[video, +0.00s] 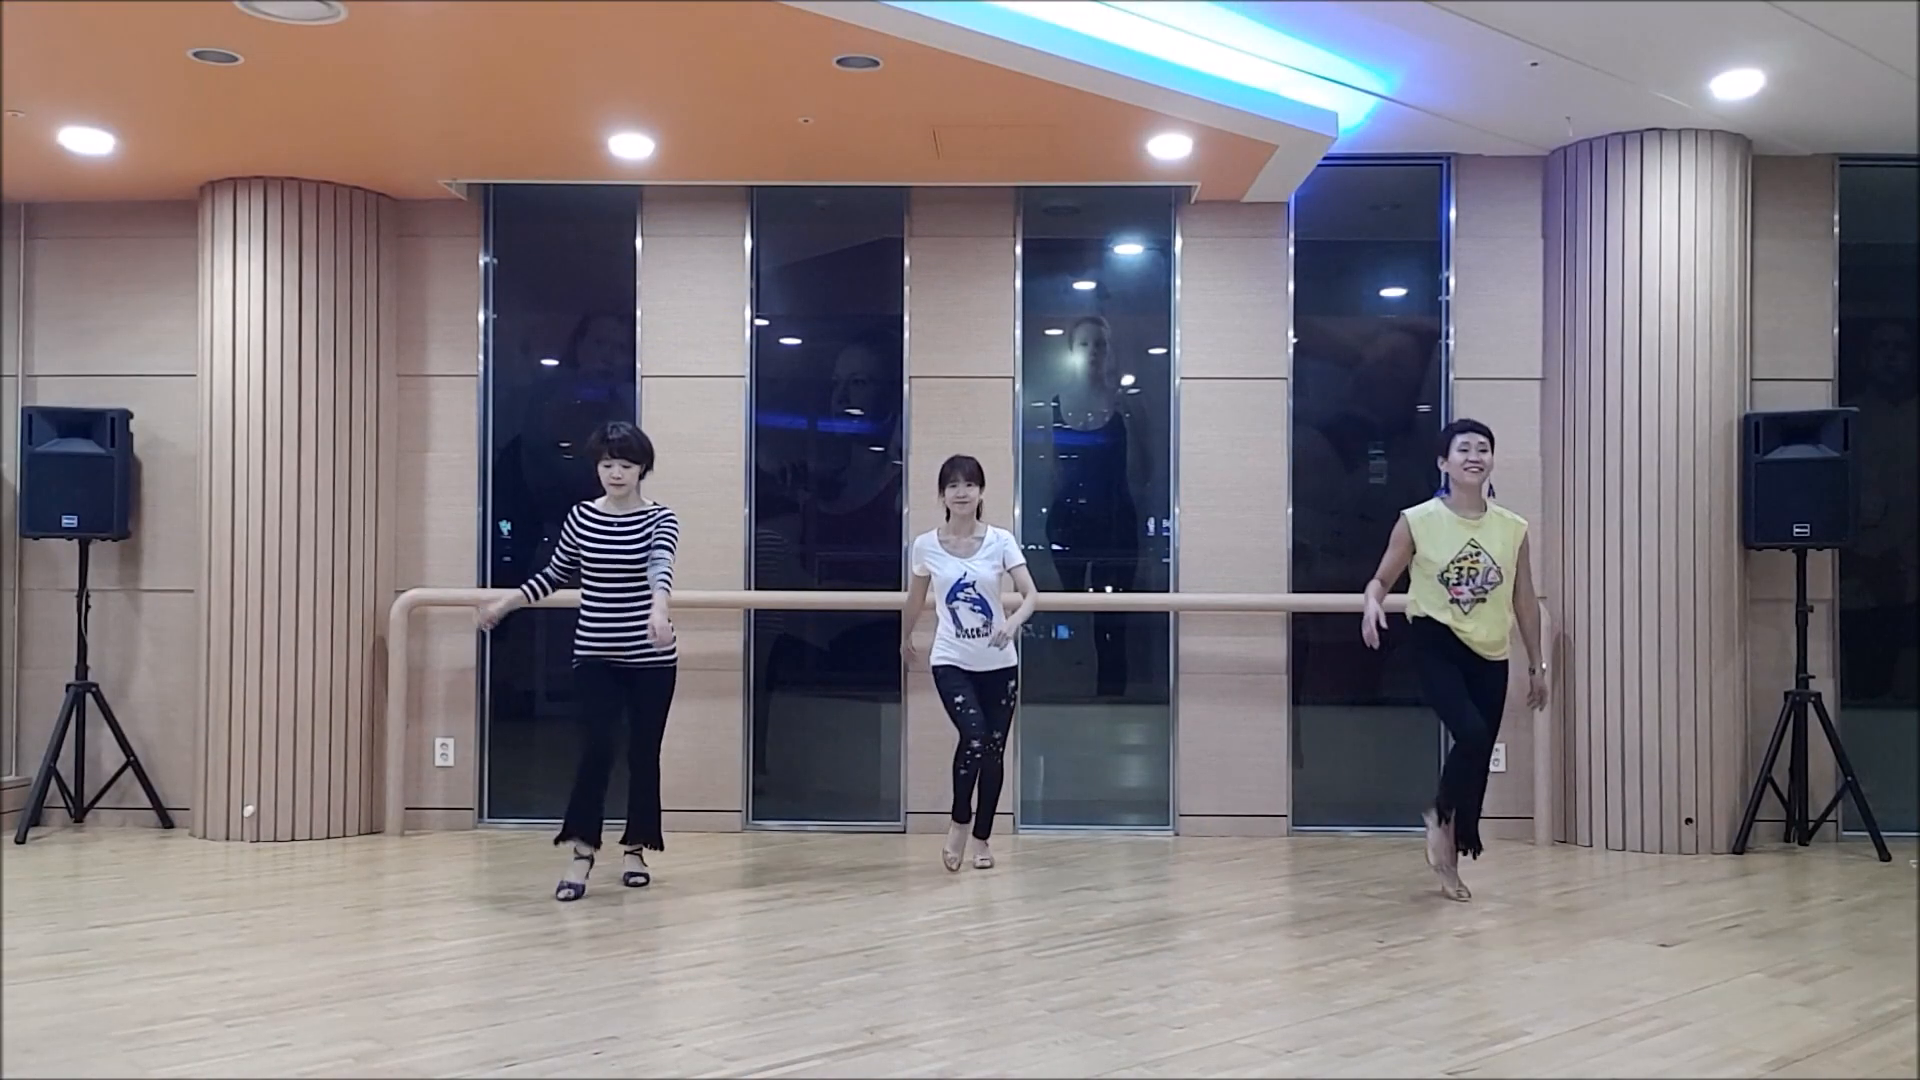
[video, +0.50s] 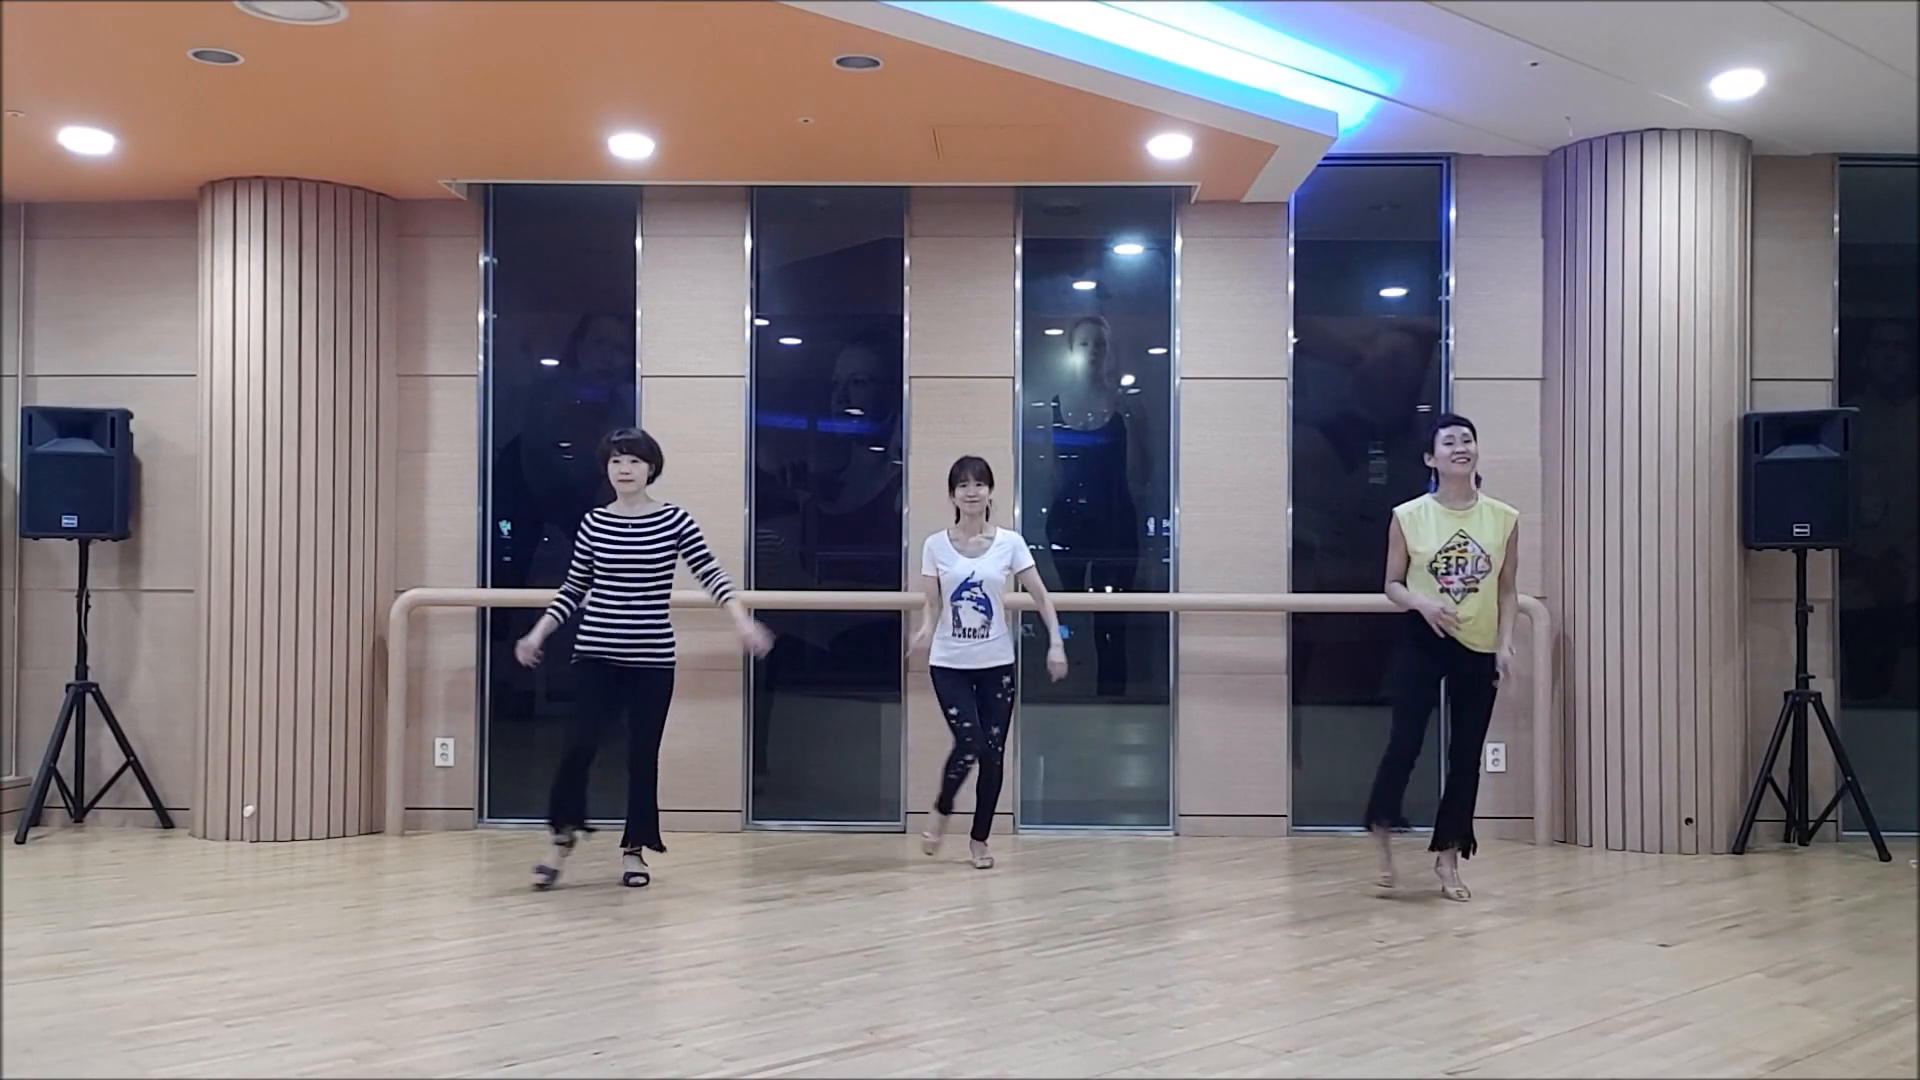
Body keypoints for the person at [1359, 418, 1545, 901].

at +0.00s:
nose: (1473, 456)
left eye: (1481, 450)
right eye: (1463, 450)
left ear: (1493, 462)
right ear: (1444, 462)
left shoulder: (1513, 528)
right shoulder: (1417, 521)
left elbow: (1524, 600)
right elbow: (1380, 583)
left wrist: (1537, 665)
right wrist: (1372, 603)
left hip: (1490, 650)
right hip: (1434, 643)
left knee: (1477, 752)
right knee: (1474, 736)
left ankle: (1451, 858)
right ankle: (1441, 818)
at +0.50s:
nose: (1461, 447)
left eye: (1466, 441)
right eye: (1450, 442)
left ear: (1478, 454)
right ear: (1432, 458)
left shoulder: (1503, 518)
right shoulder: (1409, 516)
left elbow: (1507, 589)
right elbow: (1392, 585)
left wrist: (1503, 645)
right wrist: (1423, 603)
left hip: (1478, 649)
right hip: (1423, 642)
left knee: (1466, 756)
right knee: (1406, 744)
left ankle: (1448, 856)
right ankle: (1381, 833)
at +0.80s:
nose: (1459, 450)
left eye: (1466, 442)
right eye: (1449, 444)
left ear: (1477, 452)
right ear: (1431, 455)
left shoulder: (1504, 514)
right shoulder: (1410, 515)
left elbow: (1512, 586)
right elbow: (1393, 582)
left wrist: (1490, 575)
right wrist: (1402, 597)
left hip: (1479, 639)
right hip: (1423, 634)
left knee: (1465, 755)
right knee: (1403, 743)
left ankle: (1447, 857)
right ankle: (1369, 848)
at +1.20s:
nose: (1461, 450)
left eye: (1469, 443)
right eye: (1452, 443)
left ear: (1482, 455)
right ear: (1434, 454)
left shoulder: (1503, 516)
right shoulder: (1410, 514)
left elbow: (1520, 584)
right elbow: (1389, 578)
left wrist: (1487, 559)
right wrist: (1393, 585)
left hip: (1478, 642)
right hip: (1423, 636)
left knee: (1470, 756)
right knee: (1407, 744)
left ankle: (1448, 855)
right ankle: (1365, 843)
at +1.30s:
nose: (1464, 457)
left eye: (1472, 450)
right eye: (1454, 450)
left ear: (1483, 461)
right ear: (1436, 461)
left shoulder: (1503, 521)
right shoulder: (1413, 520)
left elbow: (1525, 580)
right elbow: (1395, 590)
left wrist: (1490, 577)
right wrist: (1386, 601)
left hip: (1476, 645)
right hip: (1421, 637)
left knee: (1474, 759)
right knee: (1400, 751)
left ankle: (1448, 855)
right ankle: (1357, 848)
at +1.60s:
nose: (1481, 456)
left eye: (1488, 450)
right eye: (1471, 450)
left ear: (1498, 462)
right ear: (1450, 461)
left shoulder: (1518, 525)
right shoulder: (1423, 519)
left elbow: (1537, 598)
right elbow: (1394, 588)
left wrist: (1556, 657)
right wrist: (1372, 584)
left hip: (1494, 648)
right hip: (1439, 642)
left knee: (1477, 759)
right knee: (1437, 753)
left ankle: (1449, 853)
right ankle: (1396, 830)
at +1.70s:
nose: (1489, 455)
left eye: (1495, 449)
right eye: (1479, 448)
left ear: (1504, 461)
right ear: (1458, 460)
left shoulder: (1524, 524)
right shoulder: (1431, 517)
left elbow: (1539, 592)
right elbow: (1403, 580)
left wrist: (1561, 652)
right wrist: (1389, 588)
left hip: (1500, 645)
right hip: (1446, 639)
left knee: (1481, 750)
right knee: (1457, 745)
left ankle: (1450, 848)